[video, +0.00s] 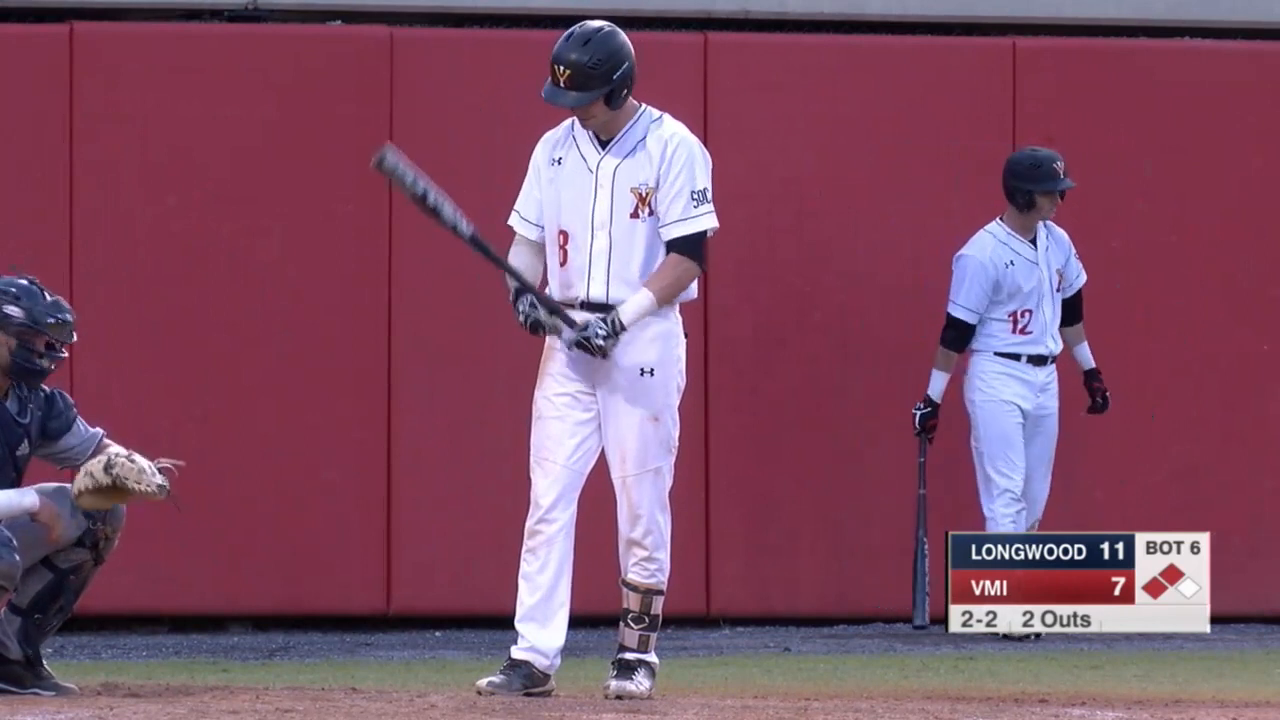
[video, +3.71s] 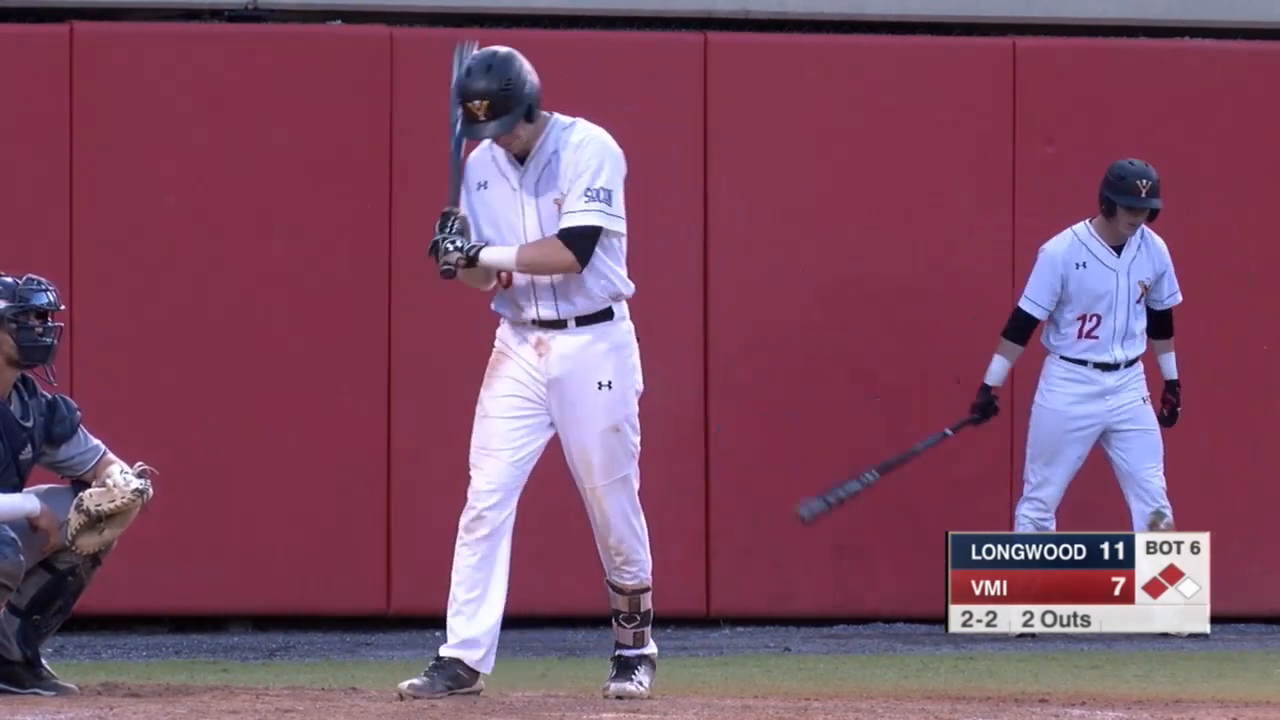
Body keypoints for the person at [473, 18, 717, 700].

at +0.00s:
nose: (572, 110)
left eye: (581, 99)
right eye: (567, 98)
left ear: (617, 87)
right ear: (566, 87)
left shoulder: (673, 144)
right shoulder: (553, 147)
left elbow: (689, 255)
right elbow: (528, 241)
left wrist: (622, 313)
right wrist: (523, 291)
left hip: (643, 345)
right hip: (565, 342)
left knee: (640, 500)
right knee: (548, 501)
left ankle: (635, 655)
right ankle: (533, 658)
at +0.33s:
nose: (577, 122)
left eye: (587, 111)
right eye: (569, 110)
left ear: (619, 94)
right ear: (560, 96)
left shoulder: (673, 147)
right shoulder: (548, 146)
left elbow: (700, 259)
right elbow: (525, 253)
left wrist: (713, 357)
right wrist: (500, 352)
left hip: (643, 339)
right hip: (566, 339)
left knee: (639, 494)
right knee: (547, 497)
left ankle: (636, 652)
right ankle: (533, 657)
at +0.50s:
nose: (573, 127)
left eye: (582, 115)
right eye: (563, 115)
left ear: (614, 98)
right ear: (553, 101)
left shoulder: (672, 149)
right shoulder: (544, 146)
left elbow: (724, 249)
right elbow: (524, 246)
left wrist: (777, 329)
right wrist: (497, 337)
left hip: (640, 341)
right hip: (563, 339)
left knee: (638, 490)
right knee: (546, 496)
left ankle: (635, 652)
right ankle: (533, 656)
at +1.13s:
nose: (569, 128)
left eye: (576, 117)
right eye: (562, 118)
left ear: (608, 98)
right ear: (555, 103)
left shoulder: (672, 148)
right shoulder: (548, 146)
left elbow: (690, 260)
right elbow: (528, 252)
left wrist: (696, 360)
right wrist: (507, 340)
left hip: (646, 340)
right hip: (567, 339)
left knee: (639, 495)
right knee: (547, 497)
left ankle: (635, 653)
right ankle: (534, 655)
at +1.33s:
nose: (572, 129)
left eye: (579, 118)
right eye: (564, 118)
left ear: (612, 100)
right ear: (557, 103)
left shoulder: (674, 148)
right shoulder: (550, 147)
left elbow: (685, 256)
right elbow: (534, 246)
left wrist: (629, 327)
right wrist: (521, 316)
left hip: (646, 339)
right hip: (568, 337)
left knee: (640, 495)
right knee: (548, 500)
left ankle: (636, 651)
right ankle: (533, 657)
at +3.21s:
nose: (579, 135)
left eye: (590, 122)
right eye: (569, 122)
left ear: (620, 104)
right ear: (558, 106)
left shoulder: (670, 155)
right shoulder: (551, 150)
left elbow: (660, 273)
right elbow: (534, 241)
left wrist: (568, 282)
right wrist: (531, 260)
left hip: (634, 342)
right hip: (560, 338)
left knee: (631, 490)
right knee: (516, 480)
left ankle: (634, 650)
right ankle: (525, 642)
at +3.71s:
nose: (495, 140)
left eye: (502, 128)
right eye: (487, 130)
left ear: (529, 108)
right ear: (479, 119)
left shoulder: (590, 147)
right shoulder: (480, 163)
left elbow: (572, 252)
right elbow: (489, 278)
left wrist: (480, 255)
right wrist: (458, 258)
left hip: (594, 348)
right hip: (518, 348)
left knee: (610, 499)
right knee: (486, 501)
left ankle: (633, 650)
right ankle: (463, 660)